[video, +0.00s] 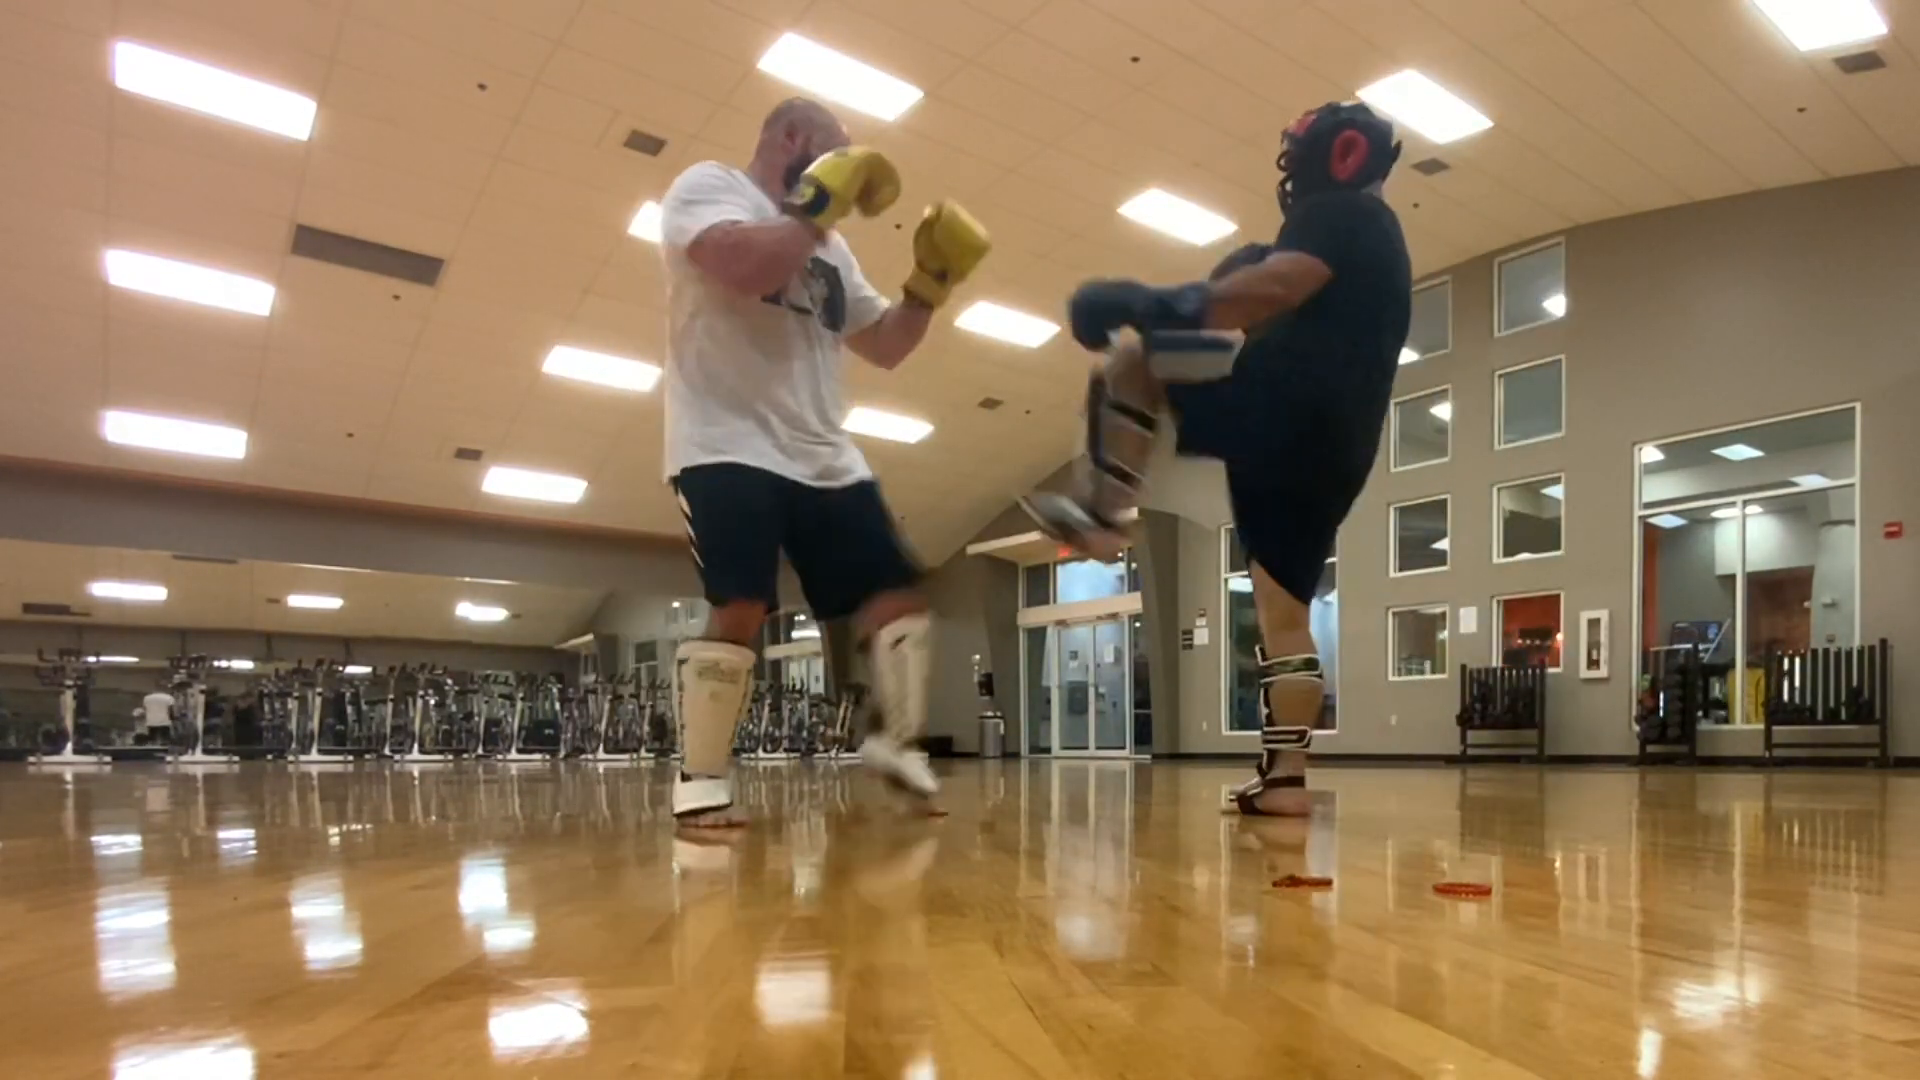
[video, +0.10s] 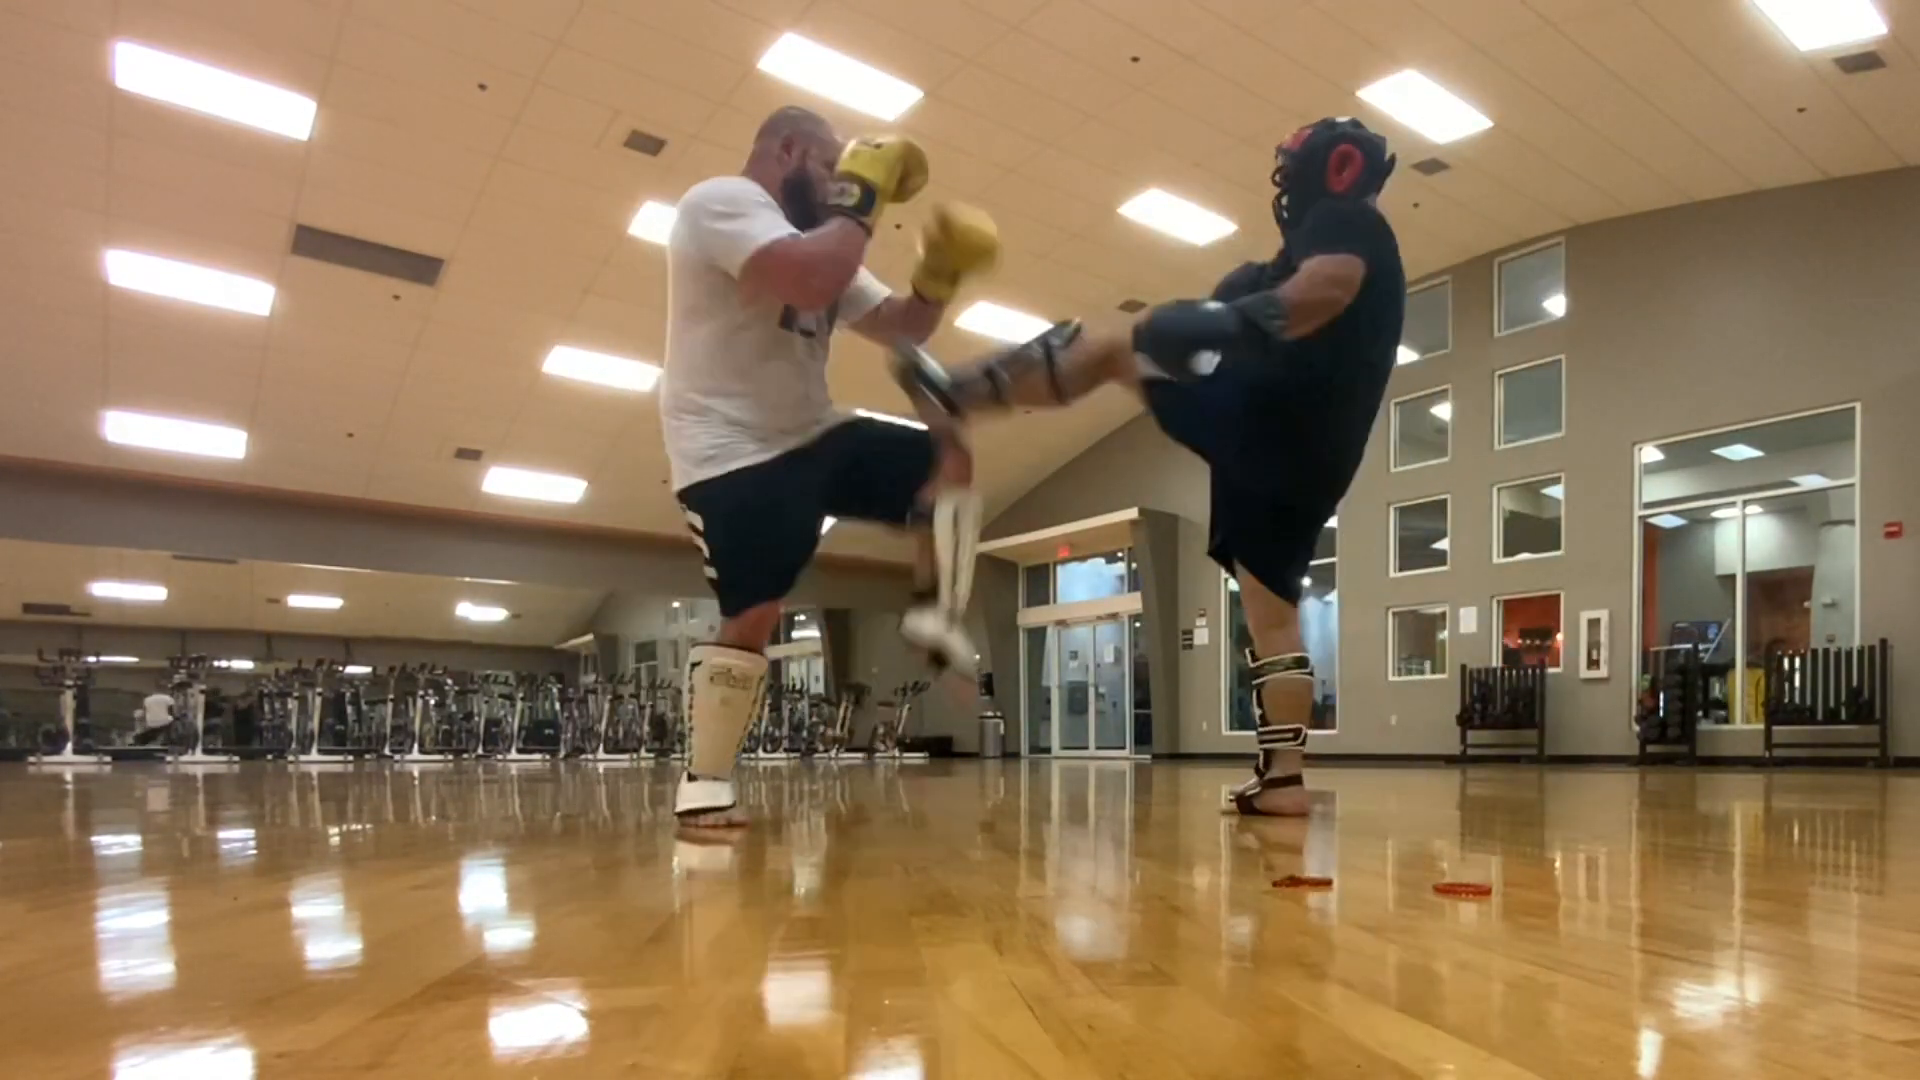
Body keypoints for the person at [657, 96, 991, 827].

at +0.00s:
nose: (833, 176)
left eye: (839, 167)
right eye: (830, 160)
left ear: (800, 148)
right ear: (785, 138)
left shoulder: (826, 249)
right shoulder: (709, 186)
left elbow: (885, 345)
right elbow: (744, 269)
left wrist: (926, 287)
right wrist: (820, 210)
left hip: (819, 445)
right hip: (727, 436)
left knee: (894, 590)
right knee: (743, 600)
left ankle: (896, 742)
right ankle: (702, 785)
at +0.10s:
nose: (840, 188)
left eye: (842, 177)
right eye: (832, 171)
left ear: (798, 160)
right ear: (785, 153)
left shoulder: (816, 248)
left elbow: (902, 326)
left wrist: (939, 275)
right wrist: (861, 200)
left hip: (811, 437)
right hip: (730, 450)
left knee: (947, 458)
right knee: (754, 611)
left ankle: (936, 610)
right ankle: (707, 788)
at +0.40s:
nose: (826, 160)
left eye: (829, 148)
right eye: (815, 144)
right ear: (760, 131)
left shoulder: (850, 229)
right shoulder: (702, 211)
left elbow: (909, 306)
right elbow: (705, 269)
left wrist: (984, 361)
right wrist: (797, 202)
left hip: (885, 431)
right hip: (781, 443)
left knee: (1001, 531)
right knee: (769, 598)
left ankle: (1013, 680)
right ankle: (706, 782)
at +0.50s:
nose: (861, 163)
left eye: (865, 150)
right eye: (848, 147)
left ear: (863, 153)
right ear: (797, 143)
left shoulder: (878, 234)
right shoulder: (737, 229)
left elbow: (915, 319)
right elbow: (729, 306)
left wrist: (987, 341)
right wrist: (805, 234)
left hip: (915, 452)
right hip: (808, 456)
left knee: (991, 593)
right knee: (778, 609)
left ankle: (1033, 747)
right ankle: (706, 781)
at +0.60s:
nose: (899, 182)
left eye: (903, 170)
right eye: (887, 166)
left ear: (900, 173)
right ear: (838, 161)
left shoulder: (922, 257)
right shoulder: (783, 250)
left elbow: (986, 320)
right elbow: (783, 341)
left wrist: (1055, 304)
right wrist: (846, 254)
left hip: (941, 470)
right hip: (840, 469)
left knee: (991, 613)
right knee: (799, 619)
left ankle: (1016, 776)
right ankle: (716, 778)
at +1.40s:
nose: (960, 212)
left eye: (965, 203)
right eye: (952, 196)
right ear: (906, 183)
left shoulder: (944, 298)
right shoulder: (847, 236)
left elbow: (978, 390)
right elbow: (893, 304)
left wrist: (1031, 342)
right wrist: (950, 242)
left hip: (951, 487)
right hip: (861, 475)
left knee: (986, 630)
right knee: (833, 627)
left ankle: (1002, 770)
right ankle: (783, 778)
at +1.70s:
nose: (1016, 233)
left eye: (1023, 225)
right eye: (1011, 215)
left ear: (1000, 224)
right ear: (971, 199)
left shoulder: (998, 310)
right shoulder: (914, 246)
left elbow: (1004, 411)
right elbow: (959, 319)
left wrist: (1060, 373)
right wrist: (1017, 255)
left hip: (997, 485)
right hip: (922, 466)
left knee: (1006, 623)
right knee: (903, 609)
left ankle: (997, 774)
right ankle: (826, 762)